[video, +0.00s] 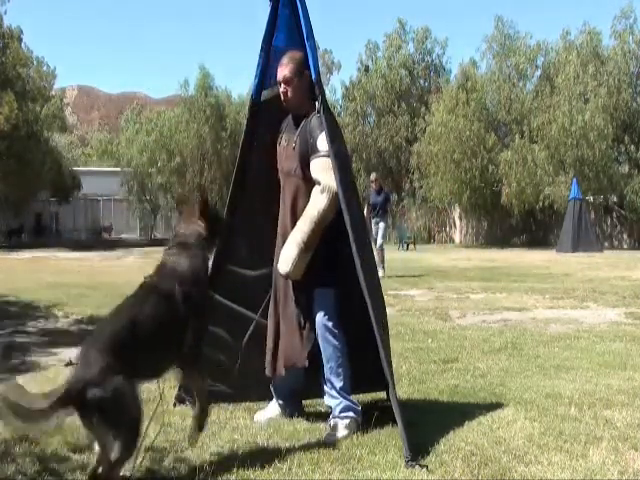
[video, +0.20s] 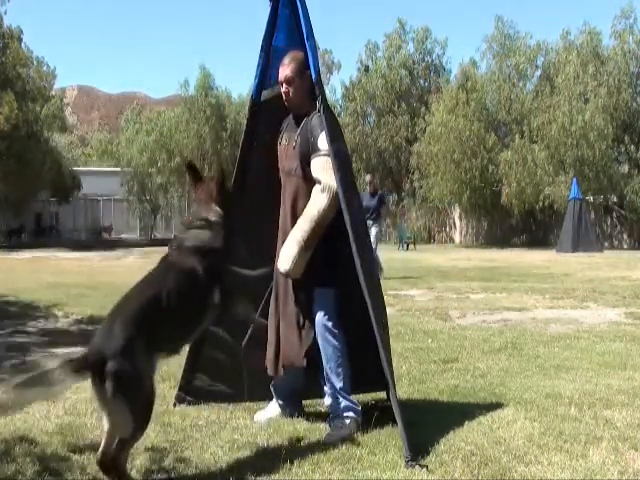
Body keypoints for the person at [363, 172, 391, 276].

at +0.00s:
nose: (374, 184)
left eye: (376, 181)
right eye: (372, 182)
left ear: (380, 182)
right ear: (370, 183)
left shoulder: (385, 194)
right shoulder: (370, 194)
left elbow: (390, 207)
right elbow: (367, 207)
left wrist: (392, 220)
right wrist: (366, 219)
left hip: (383, 218)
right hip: (373, 218)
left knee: (380, 243)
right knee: (375, 243)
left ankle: (381, 267)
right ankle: (379, 266)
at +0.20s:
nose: (369, 185)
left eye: (371, 183)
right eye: (367, 183)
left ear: (374, 183)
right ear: (365, 184)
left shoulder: (380, 196)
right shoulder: (362, 195)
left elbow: (384, 208)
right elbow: (359, 208)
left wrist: (385, 218)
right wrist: (359, 219)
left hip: (375, 222)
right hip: (364, 221)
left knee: (373, 245)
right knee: (364, 245)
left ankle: (375, 266)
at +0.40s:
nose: (362, 184)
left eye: (364, 181)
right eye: (360, 181)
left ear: (368, 181)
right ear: (358, 182)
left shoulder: (374, 193)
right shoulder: (359, 194)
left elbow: (379, 207)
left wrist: (380, 223)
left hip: (370, 219)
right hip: (360, 219)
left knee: (370, 239)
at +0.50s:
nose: (359, 184)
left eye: (360, 181)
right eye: (357, 182)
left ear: (365, 181)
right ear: (355, 182)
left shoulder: (370, 192)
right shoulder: (355, 193)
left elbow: (372, 206)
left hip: (367, 218)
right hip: (357, 219)